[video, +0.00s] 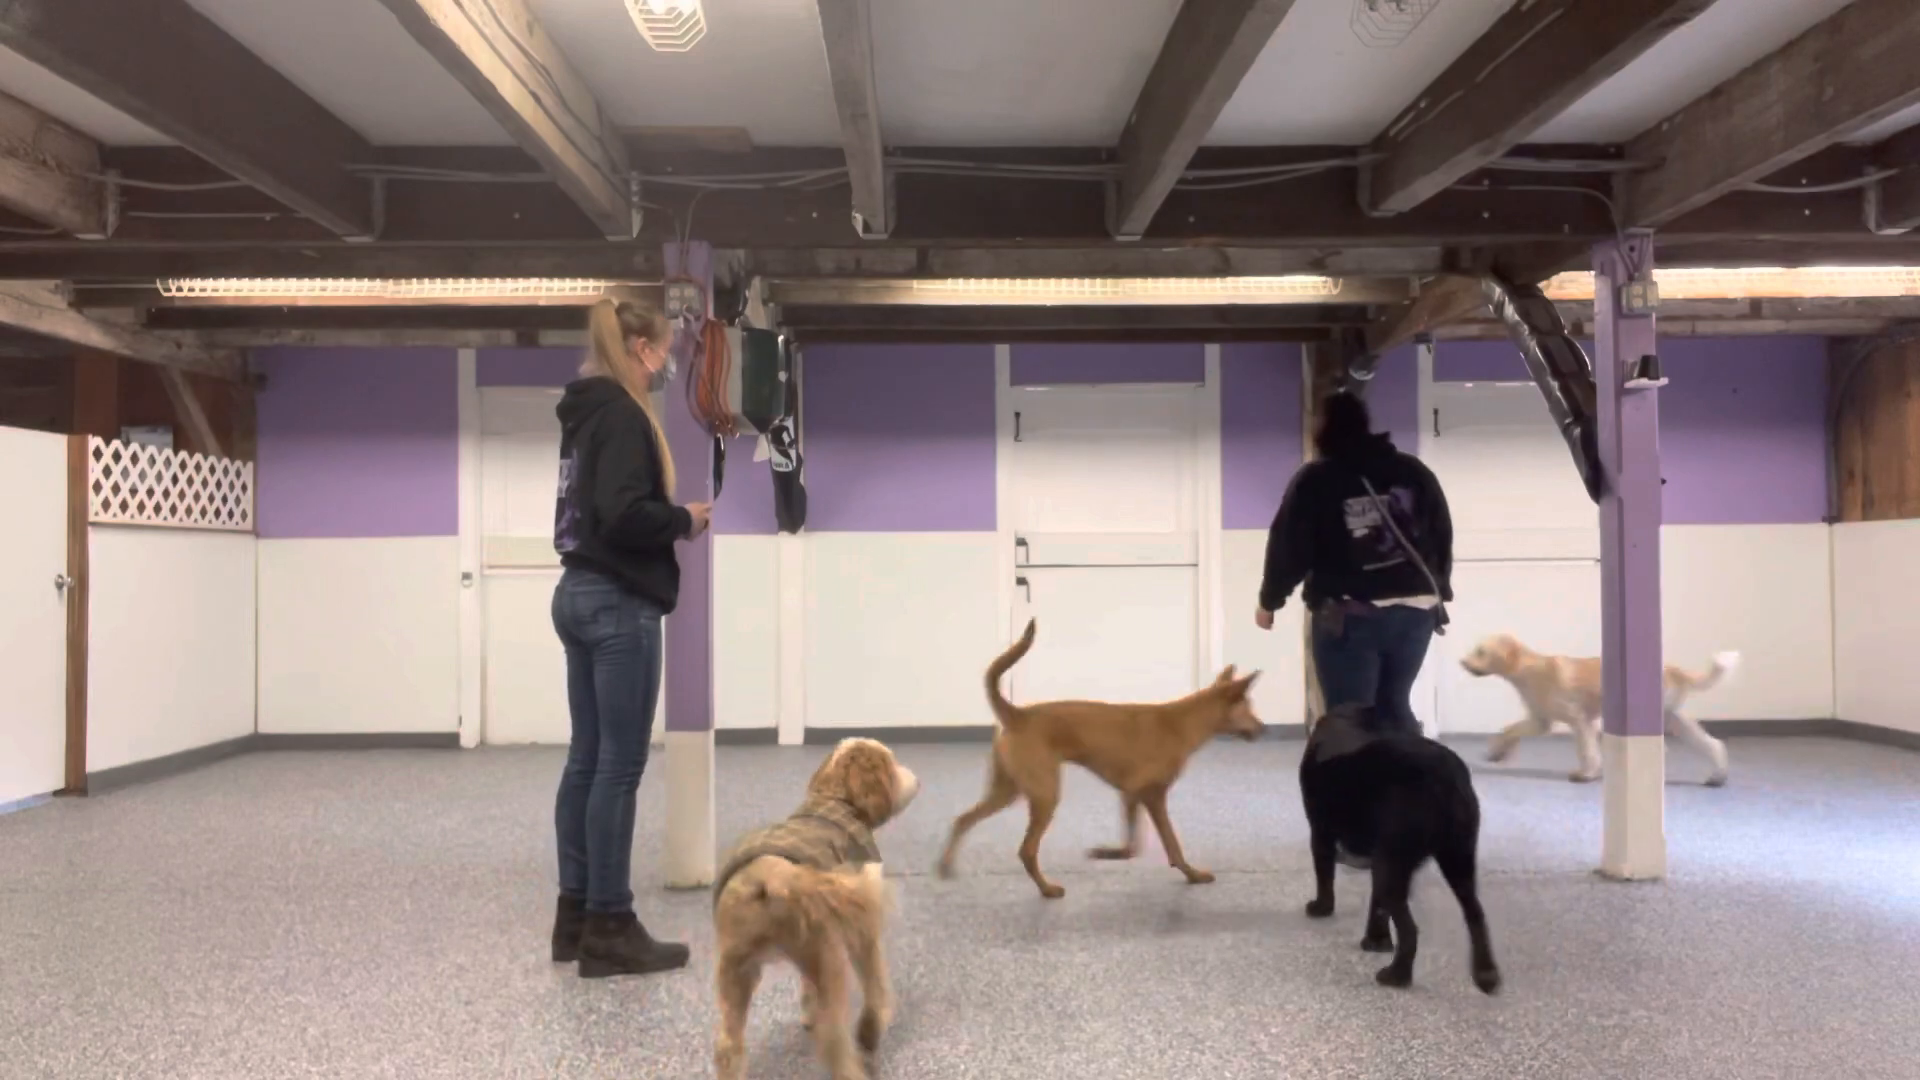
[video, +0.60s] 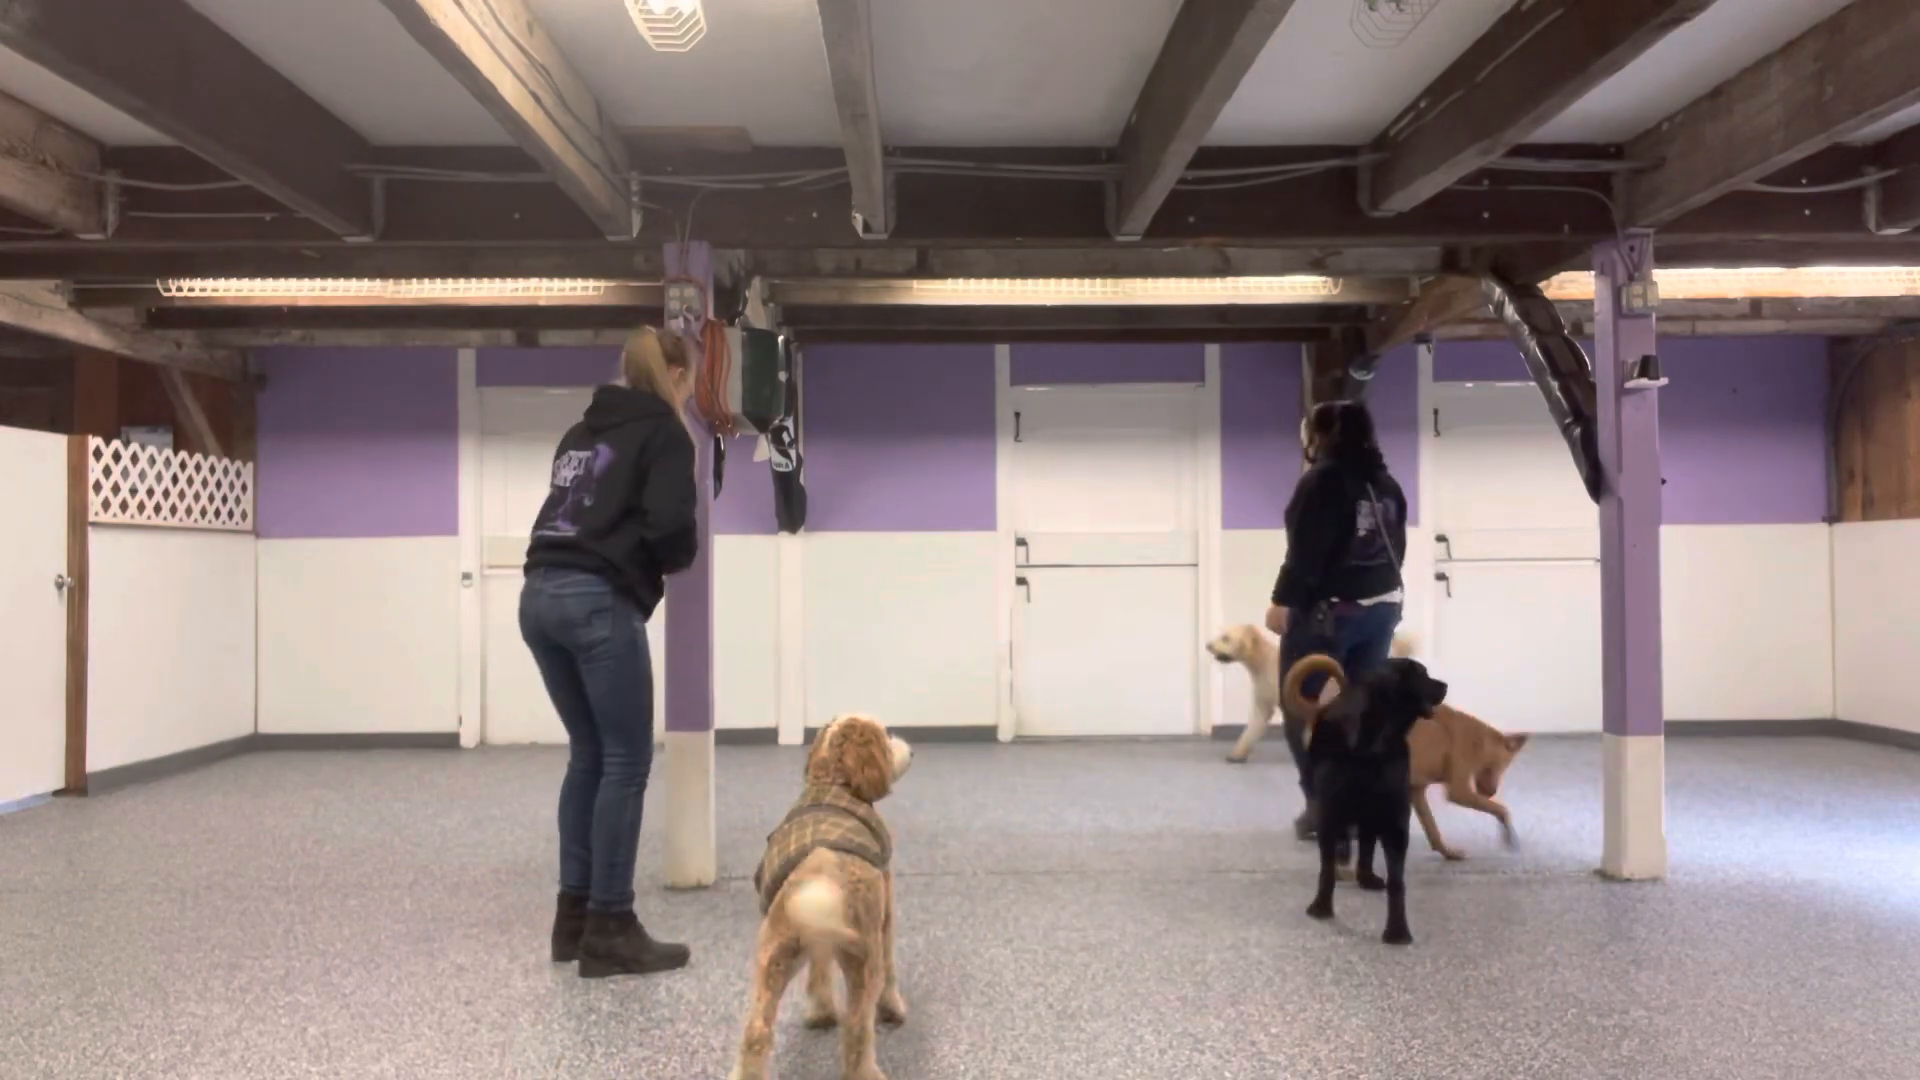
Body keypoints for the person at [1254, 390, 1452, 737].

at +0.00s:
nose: (1317, 432)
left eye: (1319, 425)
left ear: (1324, 430)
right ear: (1365, 427)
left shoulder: (1314, 479)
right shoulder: (1412, 470)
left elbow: (1289, 546)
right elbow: (1440, 532)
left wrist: (1269, 601)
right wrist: (1439, 589)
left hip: (1347, 615)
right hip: (1414, 613)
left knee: (1350, 720)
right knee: (1395, 707)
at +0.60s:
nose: (1308, 444)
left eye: (1312, 437)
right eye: (1309, 436)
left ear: (1326, 438)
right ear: (1361, 435)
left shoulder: (1320, 483)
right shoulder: (1387, 484)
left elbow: (1306, 550)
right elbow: (1394, 549)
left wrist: (1282, 601)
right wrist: (1377, 589)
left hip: (1329, 609)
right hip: (1382, 608)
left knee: (1297, 706)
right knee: (1365, 709)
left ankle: (1320, 801)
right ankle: (1366, 807)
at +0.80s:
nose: (1295, 448)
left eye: (1299, 441)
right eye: (1296, 440)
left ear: (1315, 443)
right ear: (1347, 441)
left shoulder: (1315, 487)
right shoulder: (1369, 484)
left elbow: (1303, 554)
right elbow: (1371, 543)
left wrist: (1279, 603)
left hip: (1324, 608)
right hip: (1371, 605)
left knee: (1297, 703)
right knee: (1353, 701)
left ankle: (1296, 798)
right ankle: (1355, 796)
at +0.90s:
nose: (1287, 452)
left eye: (1292, 444)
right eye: (1289, 443)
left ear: (1308, 446)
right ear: (1338, 444)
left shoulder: (1310, 493)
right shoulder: (1361, 490)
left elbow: (1298, 560)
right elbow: (1355, 555)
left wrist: (1273, 609)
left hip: (1316, 613)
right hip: (1362, 609)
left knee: (1290, 705)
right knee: (1345, 703)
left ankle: (1294, 797)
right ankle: (1350, 795)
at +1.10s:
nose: (1270, 455)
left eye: (1274, 446)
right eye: (1269, 447)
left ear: (1293, 445)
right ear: (1313, 445)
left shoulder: (1304, 492)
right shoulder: (1339, 488)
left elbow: (1297, 560)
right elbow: (1332, 555)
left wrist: (1270, 613)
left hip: (1308, 608)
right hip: (1339, 603)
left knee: (1288, 708)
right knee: (1314, 700)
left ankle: (1292, 798)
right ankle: (1319, 793)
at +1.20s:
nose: (1268, 456)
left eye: (1272, 447)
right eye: (1267, 448)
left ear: (1291, 444)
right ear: (1309, 444)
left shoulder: (1304, 490)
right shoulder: (1332, 484)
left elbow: (1297, 558)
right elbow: (1327, 553)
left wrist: (1271, 611)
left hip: (1305, 610)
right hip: (1333, 602)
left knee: (1289, 708)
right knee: (1301, 701)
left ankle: (1292, 799)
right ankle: (1309, 793)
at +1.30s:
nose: (1273, 456)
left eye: (1277, 447)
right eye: (1273, 448)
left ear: (1295, 445)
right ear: (1309, 445)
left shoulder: (1310, 489)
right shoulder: (1319, 484)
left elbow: (1304, 556)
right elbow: (1312, 555)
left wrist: (1275, 608)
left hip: (1304, 610)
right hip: (1317, 605)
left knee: (1291, 705)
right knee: (1299, 702)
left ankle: (1293, 798)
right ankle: (1299, 795)